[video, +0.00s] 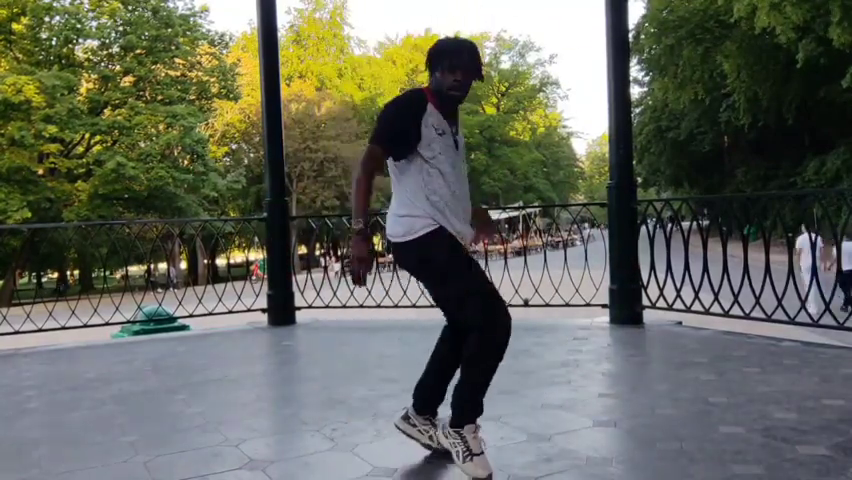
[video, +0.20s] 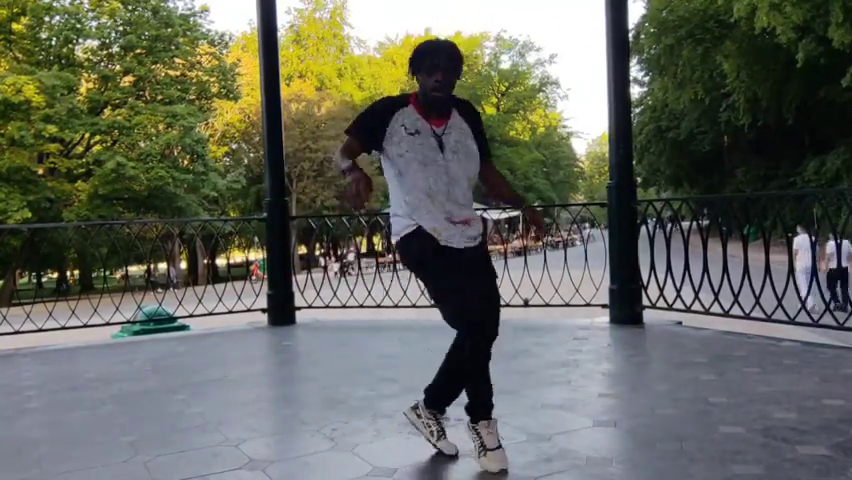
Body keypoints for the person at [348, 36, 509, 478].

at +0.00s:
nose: (458, 82)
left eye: (467, 76)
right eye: (450, 72)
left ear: (474, 79)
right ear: (432, 72)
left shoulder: (450, 122)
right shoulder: (407, 108)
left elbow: (441, 183)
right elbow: (366, 166)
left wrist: (475, 215)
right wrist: (360, 233)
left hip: (441, 234)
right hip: (418, 234)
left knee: (464, 322)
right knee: (494, 320)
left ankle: (420, 414)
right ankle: (462, 425)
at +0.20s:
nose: (441, 80)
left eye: (449, 73)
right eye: (432, 72)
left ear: (458, 76)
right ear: (416, 74)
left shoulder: (467, 115)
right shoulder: (388, 112)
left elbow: (487, 175)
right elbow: (343, 154)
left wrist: (524, 204)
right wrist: (353, 172)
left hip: (467, 232)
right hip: (419, 232)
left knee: (485, 323)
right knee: (474, 322)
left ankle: (430, 408)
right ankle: (483, 421)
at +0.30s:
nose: (435, 83)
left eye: (444, 76)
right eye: (427, 75)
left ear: (455, 79)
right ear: (413, 78)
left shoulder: (471, 117)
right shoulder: (388, 117)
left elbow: (497, 168)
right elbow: (349, 161)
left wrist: (525, 212)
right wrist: (371, 161)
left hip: (470, 242)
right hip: (419, 246)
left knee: (478, 326)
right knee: (445, 334)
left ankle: (439, 406)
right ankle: (480, 423)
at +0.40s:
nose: (436, 85)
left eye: (444, 77)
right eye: (427, 77)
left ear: (456, 81)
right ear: (413, 81)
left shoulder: (472, 120)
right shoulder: (394, 118)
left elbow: (502, 173)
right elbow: (366, 169)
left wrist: (523, 216)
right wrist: (390, 168)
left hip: (458, 243)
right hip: (405, 246)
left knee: (459, 333)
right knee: (403, 325)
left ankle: (453, 422)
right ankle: (464, 417)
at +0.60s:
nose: (430, 89)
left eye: (439, 81)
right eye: (422, 81)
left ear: (451, 84)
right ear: (408, 86)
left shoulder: (470, 124)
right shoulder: (393, 126)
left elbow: (503, 177)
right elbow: (375, 179)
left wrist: (531, 231)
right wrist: (388, 191)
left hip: (444, 242)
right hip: (397, 243)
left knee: (434, 329)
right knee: (359, 312)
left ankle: (459, 411)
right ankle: (404, 402)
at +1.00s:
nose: (414, 86)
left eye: (421, 80)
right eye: (406, 79)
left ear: (433, 85)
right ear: (393, 85)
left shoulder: (453, 127)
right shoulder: (375, 127)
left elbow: (485, 175)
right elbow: (355, 182)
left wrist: (489, 211)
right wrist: (395, 160)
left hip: (438, 241)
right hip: (390, 245)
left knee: (430, 326)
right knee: (407, 332)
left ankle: (431, 413)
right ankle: (424, 402)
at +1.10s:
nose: (417, 87)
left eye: (425, 81)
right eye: (410, 80)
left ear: (437, 83)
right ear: (396, 81)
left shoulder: (455, 124)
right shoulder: (376, 118)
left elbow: (497, 162)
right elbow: (346, 162)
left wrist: (471, 170)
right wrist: (391, 128)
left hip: (436, 240)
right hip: (387, 241)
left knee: (435, 322)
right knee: (397, 323)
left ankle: (437, 402)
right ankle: (413, 392)